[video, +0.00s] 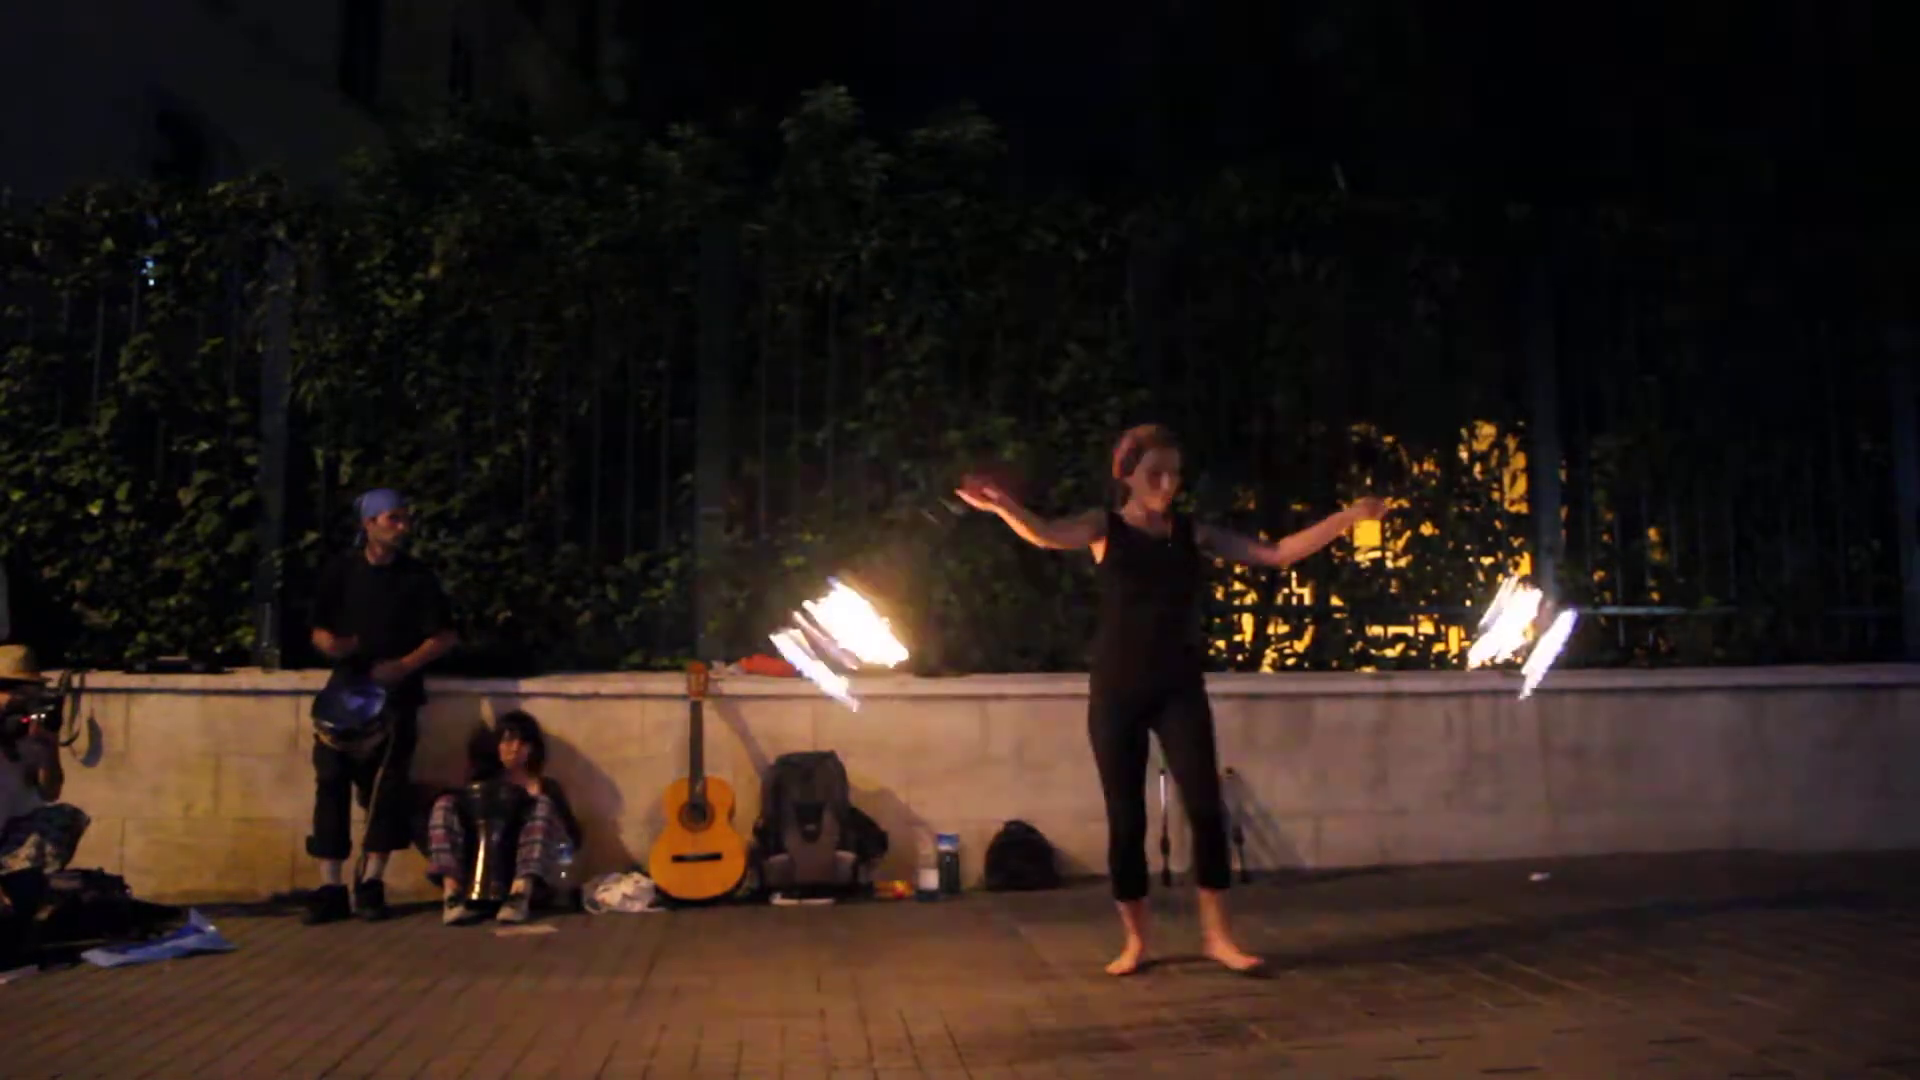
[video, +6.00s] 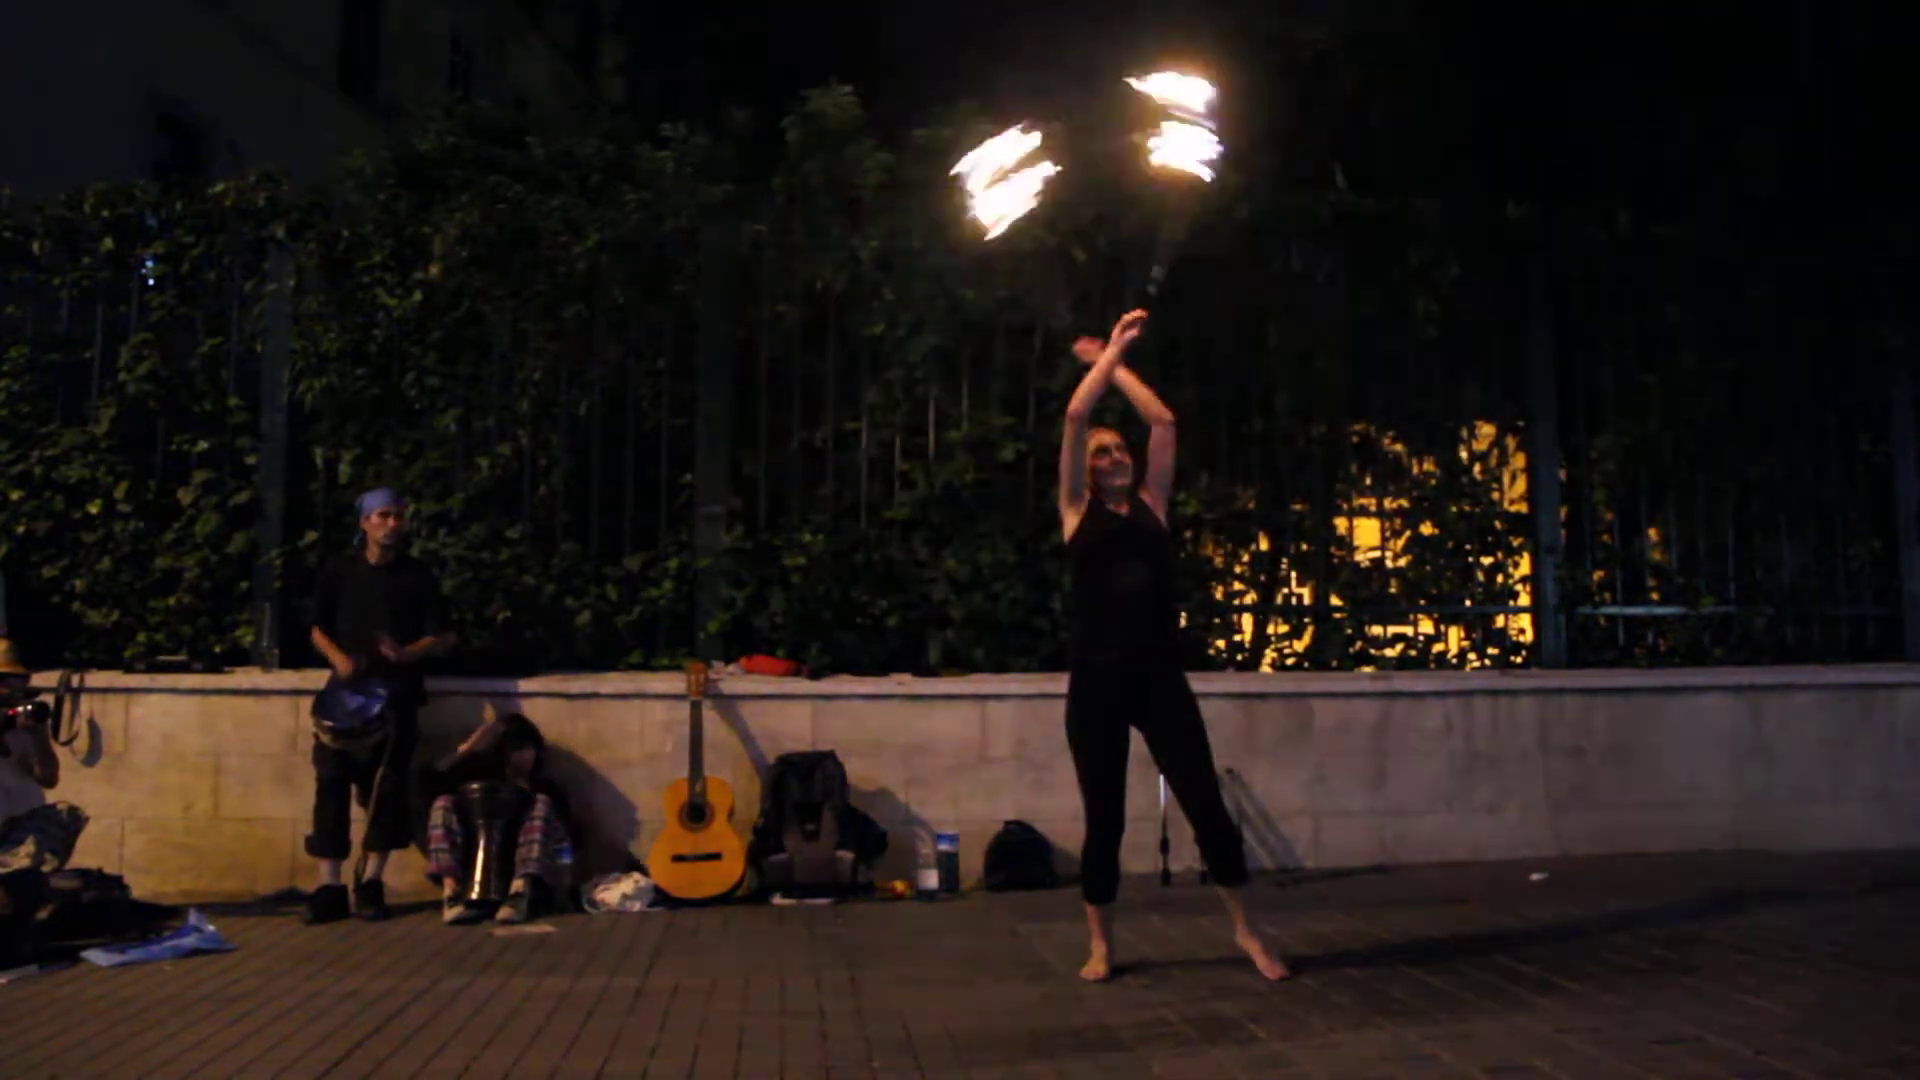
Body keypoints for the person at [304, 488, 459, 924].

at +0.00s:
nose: (402, 526)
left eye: (404, 519)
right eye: (393, 519)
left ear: (405, 525)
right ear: (369, 524)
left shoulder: (417, 576)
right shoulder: (341, 572)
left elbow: (445, 637)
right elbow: (318, 631)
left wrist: (402, 666)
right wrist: (336, 645)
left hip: (396, 693)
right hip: (346, 690)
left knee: (388, 783)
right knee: (331, 781)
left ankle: (371, 881)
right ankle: (331, 883)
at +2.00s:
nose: (402, 526)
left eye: (405, 518)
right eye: (393, 518)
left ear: (407, 524)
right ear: (368, 522)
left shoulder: (417, 575)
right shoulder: (341, 571)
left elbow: (444, 637)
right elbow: (317, 629)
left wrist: (399, 666)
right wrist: (339, 649)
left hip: (396, 693)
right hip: (345, 690)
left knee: (388, 785)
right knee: (331, 783)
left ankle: (371, 881)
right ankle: (330, 883)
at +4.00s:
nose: (402, 524)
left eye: (404, 517)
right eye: (393, 517)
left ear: (405, 523)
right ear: (368, 521)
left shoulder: (417, 573)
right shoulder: (342, 571)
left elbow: (444, 635)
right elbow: (317, 631)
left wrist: (402, 670)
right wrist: (337, 645)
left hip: (395, 692)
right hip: (345, 688)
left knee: (387, 785)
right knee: (331, 782)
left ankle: (370, 881)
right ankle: (330, 883)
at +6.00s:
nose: (392, 524)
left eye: (398, 517)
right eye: (383, 517)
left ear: (405, 523)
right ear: (365, 523)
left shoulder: (417, 575)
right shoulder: (340, 572)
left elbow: (442, 636)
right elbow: (315, 626)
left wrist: (405, 653)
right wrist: (339, 659)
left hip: (396, 693)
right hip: (345, 690)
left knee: (389, 783)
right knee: (331, 782)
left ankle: (371, 881)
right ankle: (330, 883)